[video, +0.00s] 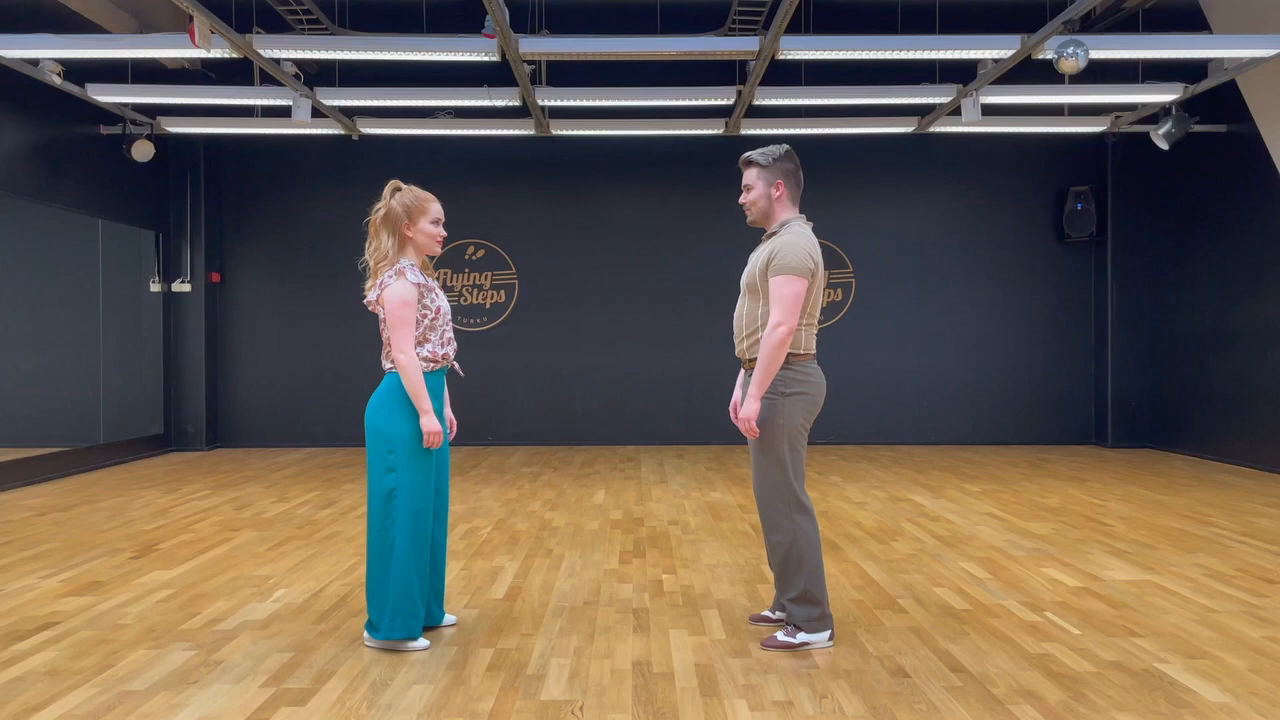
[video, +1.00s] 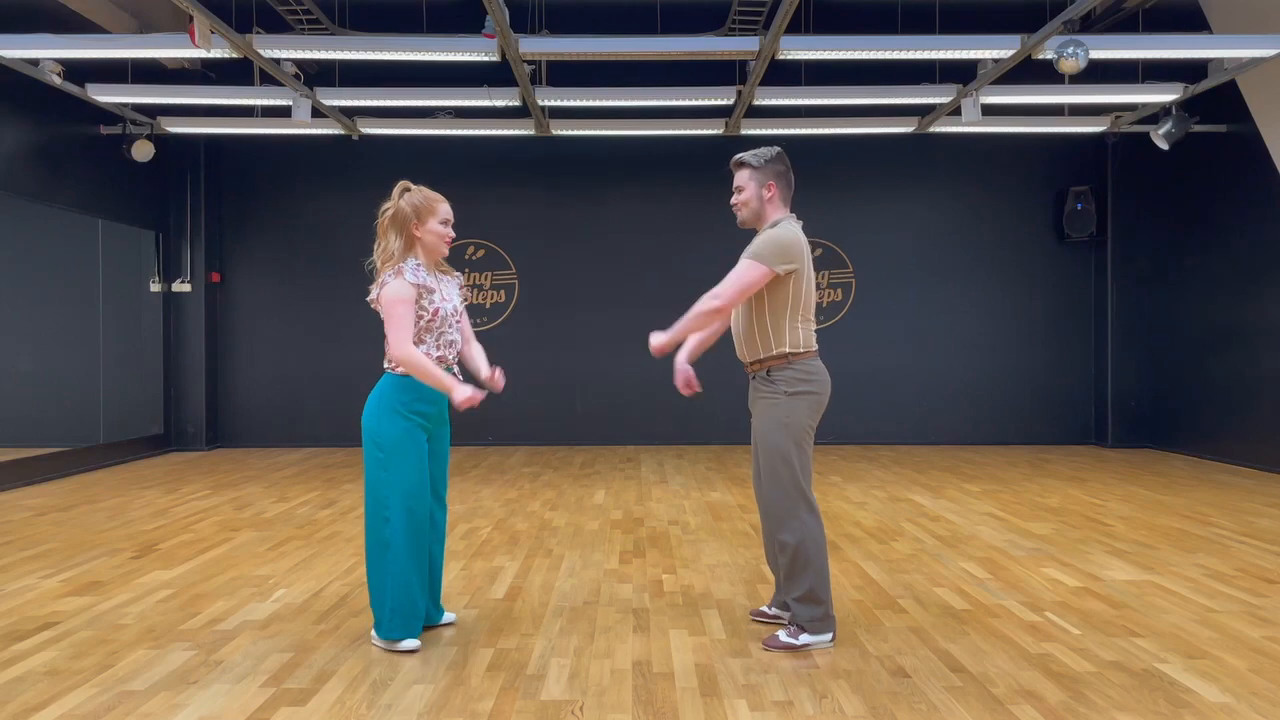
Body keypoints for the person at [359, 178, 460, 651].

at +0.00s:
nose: (444, 230)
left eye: (443, 222)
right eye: (435, 223)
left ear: (416, 229)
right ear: (407, 228)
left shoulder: (422, 277)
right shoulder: (400, 281)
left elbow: (428, 349)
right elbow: (402, 352)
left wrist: (444, 402)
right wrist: (425, 411)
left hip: (425, 399)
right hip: (401, 404)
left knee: (427, 513)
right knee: (401, 518)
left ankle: (423, 609)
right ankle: (388, 625)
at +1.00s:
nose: (453, 232)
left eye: (452, 223)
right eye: (444, 224)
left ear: (434, 229)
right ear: (415, 229)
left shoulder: (450, 282)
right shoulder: (400, 282)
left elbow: (465, 339)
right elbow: (400, 351)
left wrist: (482, 371)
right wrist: (452, 386)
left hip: (433, 407)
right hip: (397, 408)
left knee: (430, 510)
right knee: (398, 514)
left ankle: (424, 607)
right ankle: (391, 624)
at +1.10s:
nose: (458, 232)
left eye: (456, 223)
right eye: (448, 224)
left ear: (439, 230)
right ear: (420, 230)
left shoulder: (462, 277)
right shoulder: (395, 278)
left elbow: (492, 325)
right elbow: (417, 331)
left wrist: (490, 291)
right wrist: (477, 313)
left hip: (442, 406)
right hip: (396, 406)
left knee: (433, 511)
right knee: (403, 513)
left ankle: (426, 604)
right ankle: (396, 623)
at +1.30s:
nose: (463, 237)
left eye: (463, 229)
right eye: (452, 227)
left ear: (463, 239)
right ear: (420, 236)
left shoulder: (472, 282)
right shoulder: (392, 287)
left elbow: (467, 318)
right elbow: (427, 329)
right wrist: (462, 284)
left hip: (457, 419)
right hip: (400, 418)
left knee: (467, 524)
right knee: (402, 526)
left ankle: (434, 584)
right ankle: (395, 626)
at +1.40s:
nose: (456, 247)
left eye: (462, 240)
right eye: (444, 238)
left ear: (468, 248)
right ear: (419, 247)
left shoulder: (480, 296)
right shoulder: (393, 303)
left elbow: (467, 364)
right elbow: (408, 371)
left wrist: (410, 367)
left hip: (469, 429)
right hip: (409, 431)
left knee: (490, 534)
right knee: (416, 541)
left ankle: (475, 599)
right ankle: (398, 632)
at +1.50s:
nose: (455, 256)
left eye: (465, 248)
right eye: (444, 248)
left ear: (476, 256)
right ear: (427, 256)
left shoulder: (492, 315)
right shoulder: (404, 315)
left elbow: (499, 385)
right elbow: (393, 390)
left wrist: (480, 416)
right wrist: (391, 455)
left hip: (487, 439)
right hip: (426, 442)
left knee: (515, 529)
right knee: (421, 555)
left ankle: (546, 636)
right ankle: (401, 639)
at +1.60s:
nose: (472, 257)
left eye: (482, 247)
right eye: (462, 247)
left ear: (495, 254)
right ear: (445, 254)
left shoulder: (513, 310)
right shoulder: (421, 312)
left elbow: (564, 357)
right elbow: (369, 365)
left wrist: (606, 383)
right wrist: (307, 404)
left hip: (515, 437)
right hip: (454, 443)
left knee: (553, 531)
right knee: (427, 548)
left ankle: (607, 640)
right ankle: (403, 640)